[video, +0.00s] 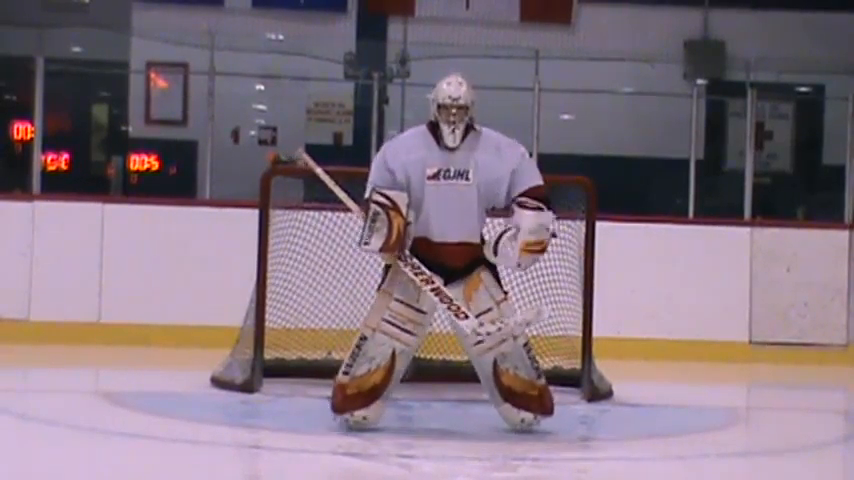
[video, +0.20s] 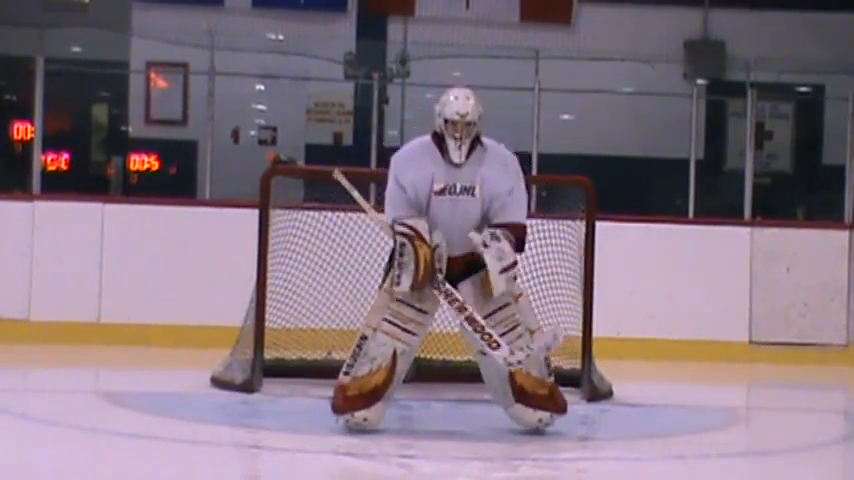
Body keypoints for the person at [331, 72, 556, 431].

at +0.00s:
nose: (452, 116)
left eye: (459, 109)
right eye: (446, 108)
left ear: (471, 110)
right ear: (433, 108)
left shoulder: (504, 152)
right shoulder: (401, 151)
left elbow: (532, 205)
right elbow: (384, 203)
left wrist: (522, 240)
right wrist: (380, 226)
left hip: (475, 268)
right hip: (414, 266)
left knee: (501, 340)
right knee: (385, 336)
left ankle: (524, 412)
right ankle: (358, 407)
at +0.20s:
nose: (459, 132)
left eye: (466, 125)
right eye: (452, 125)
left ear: (478, 124)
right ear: (438, 123)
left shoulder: (501, 162)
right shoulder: (409, 161)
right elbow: (400, 222)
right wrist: (421, 258)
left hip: (478, 267)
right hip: (421, 264)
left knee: (504, 332)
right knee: (394, 331)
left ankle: (529, 407)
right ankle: (366, 407)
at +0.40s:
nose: (469, 185)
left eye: (476, 177)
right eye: (463, 176)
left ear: (488, 174)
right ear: (449, 171)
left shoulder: (509, 205)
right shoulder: (417, 194)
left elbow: (500, 262)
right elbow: (407, 251)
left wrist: (478, 286)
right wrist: (433, 282)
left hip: (476, 277)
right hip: (422, 272)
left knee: (507, 339)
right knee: (398, 334)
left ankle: (535, 413)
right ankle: (367, 411)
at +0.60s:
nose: (476, 201)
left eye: (484, 195)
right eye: (470, 194)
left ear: (495, 194)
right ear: (455, 187)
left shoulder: (515, 218)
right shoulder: (422, 206)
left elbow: (501, 271)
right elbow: (405, 257)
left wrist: (478, 290)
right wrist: (425, 291)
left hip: (476, 279)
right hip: (423, 274)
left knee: (504, 337)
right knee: (402, 332)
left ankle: (535, 412)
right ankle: (368, 409)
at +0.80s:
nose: (476, 201)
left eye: (484, 194)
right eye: (469, 193)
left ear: (495, 193)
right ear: (456, 187)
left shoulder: (515, 218)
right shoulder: (424, 206)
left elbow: (503, 271)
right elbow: (406, 255)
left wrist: (478, 289)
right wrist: (430, 288)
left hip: (477, 281)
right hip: (423, 275)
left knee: (507, 340)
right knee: (400, 335)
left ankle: (535, 414)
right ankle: (368, 411)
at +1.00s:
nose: (477, 201)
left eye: (484, 195)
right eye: (470, 194)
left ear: (496, 193)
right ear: (456, 187)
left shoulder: (516, 218)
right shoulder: (425, 206)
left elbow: (503, 274)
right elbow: (409, 255)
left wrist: (478, 293)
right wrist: (434, 289)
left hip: (478, 281)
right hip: (425, 274)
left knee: (507, 339)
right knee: (402, 333)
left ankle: (535, 414)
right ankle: (368, 411)